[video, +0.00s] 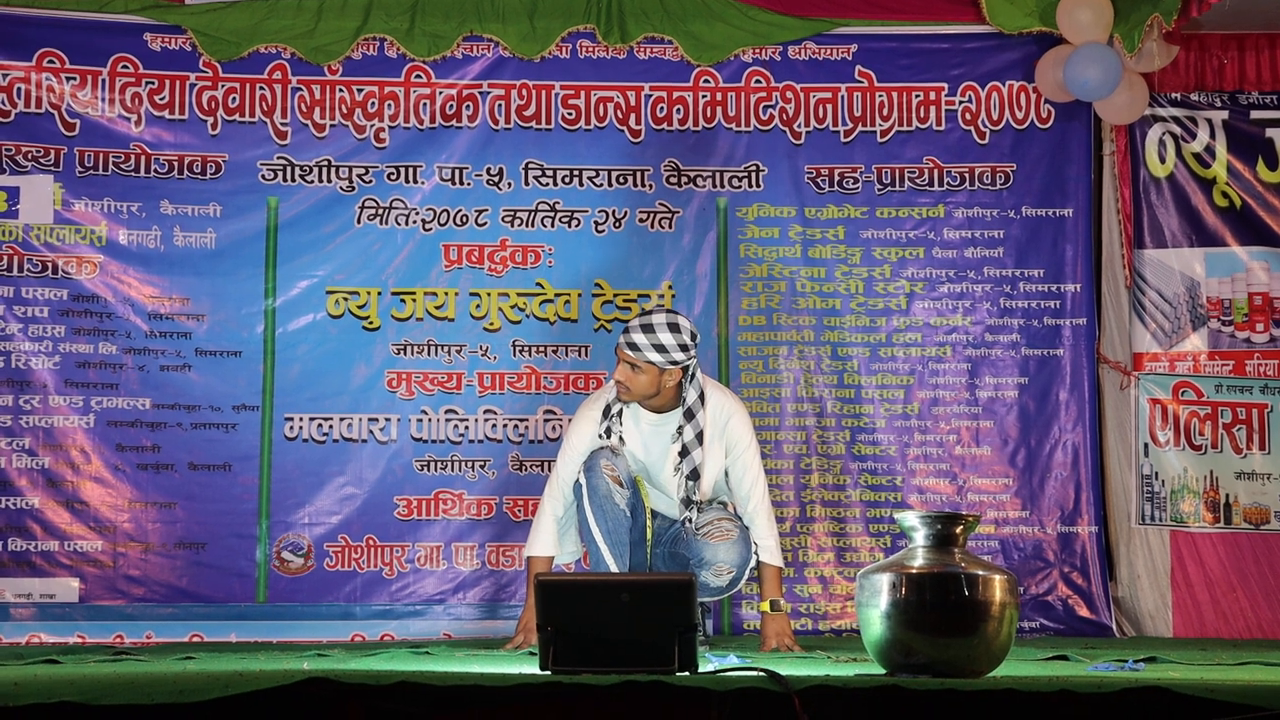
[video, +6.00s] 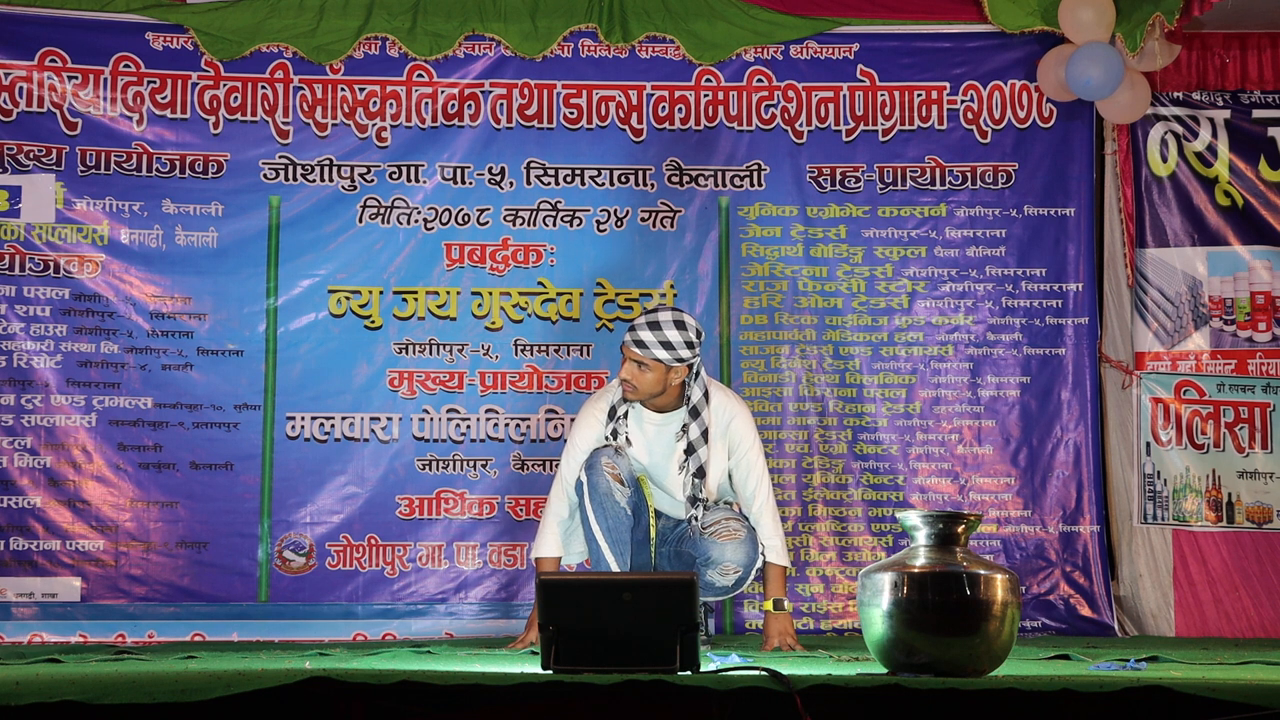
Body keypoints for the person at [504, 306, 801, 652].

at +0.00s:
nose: (617, 376)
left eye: (633, 368)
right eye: (618, 361)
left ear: (672, 376)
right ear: (617, 356)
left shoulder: (725, 414)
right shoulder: (598, 411)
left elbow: (758, 508)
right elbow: (554, 502)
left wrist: (774, 609)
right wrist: (534, 603)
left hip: (690, 540)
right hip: (627, 532)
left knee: (727, 549)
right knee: (602, 463)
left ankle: (690, 610)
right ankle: (618, 607)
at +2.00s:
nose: (616, 376)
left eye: (633, 368)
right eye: (617, 361)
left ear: (671, 373)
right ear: (615, 356)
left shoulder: (723, 413)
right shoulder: (596, 412)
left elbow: (760, 506)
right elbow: (555, 501)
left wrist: (776, 607)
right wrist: (543, 604)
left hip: (692, 535)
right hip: (629, 528)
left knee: (730, 549)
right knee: (598, 463)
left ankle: (687, 609)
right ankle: (622, 605)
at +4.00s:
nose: (622, 374)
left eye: (638, 368)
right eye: (623, 360)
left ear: (677, 375)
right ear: (620, 354)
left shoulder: (726, 414)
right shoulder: (598, 411)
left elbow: (761, 508)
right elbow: (558, 505)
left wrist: (777, 609)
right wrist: (541, 608)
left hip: (691, 541)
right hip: (628, 533)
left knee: (732, 545)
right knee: (603, 463)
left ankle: (689, 610)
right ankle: (620, 608)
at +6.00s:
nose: (623, 374)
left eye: (640, 366)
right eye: (624, 360)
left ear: (679, 373)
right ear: (622, 355)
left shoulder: (728, 414)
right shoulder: (601, 411)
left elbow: (763, 508)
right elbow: (559, 505)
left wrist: (777, 609)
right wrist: (542, 607)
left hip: (692, 540)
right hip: (630, 532)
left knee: (734, 544)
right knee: (604, 462)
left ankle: (690, 610)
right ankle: (619, 607)